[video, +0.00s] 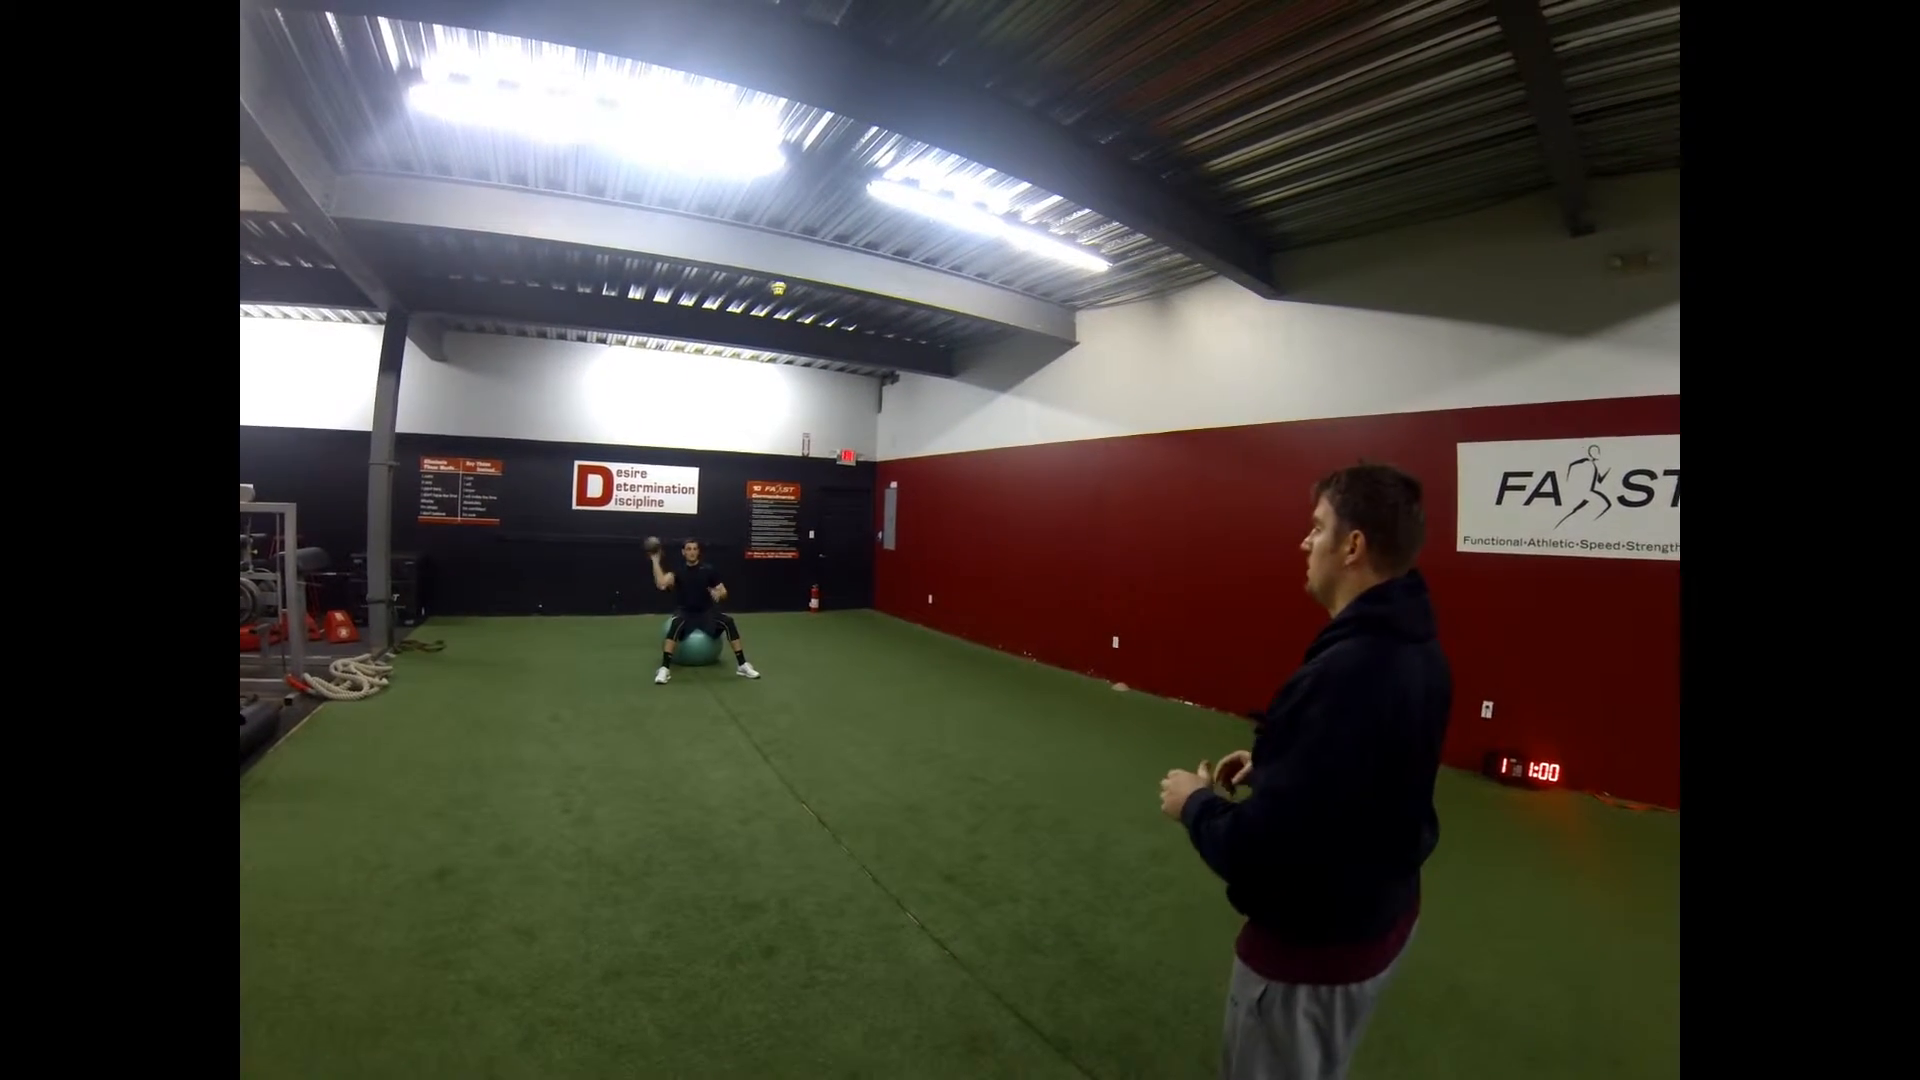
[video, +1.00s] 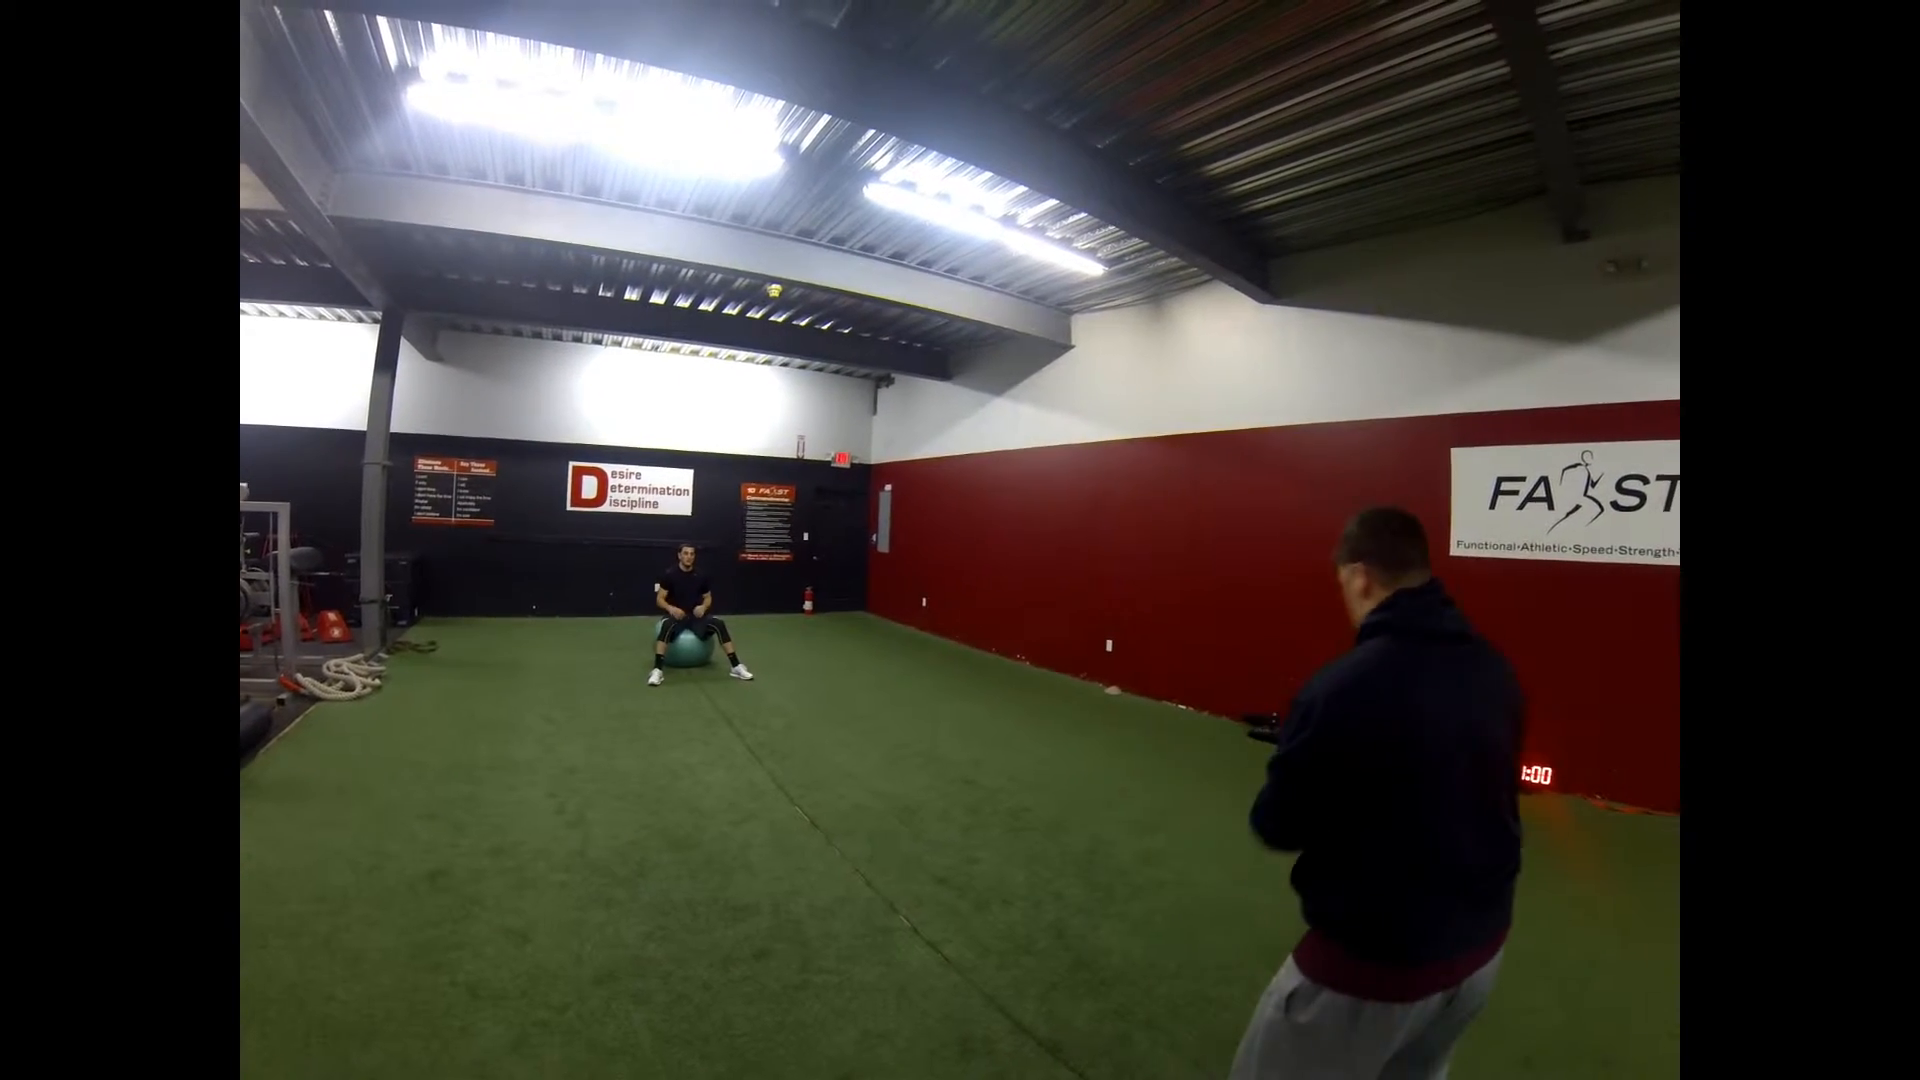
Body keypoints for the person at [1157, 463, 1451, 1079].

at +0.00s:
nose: (1304, 544)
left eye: (1316, 528)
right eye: (1310, 528)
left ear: (1353, 546)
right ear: (1363, 547)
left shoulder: (1347, 666)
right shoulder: (1414, 645)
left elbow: (1262, 847)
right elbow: (1368, 775)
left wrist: (1196, 806)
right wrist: (1268, 767)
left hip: (1306, 957)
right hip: (1373, 931)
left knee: (1266, 1069)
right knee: (1313, 1066)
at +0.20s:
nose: (1299, 543)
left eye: (1310, 527)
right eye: (1305, 526)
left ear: (1348, 546)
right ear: (1366, 549)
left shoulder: (1337, 675)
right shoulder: (1415, 644)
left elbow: (1231, 848)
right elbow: (1368, 770)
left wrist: (1177, 783)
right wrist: (1266, 754)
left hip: (1304, 961)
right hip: (1376, 930)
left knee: (1264, 1070)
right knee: (1317, 1065)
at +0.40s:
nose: (1293, 549)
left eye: (1304, 531)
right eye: (1298, 531)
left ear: (1340, 549)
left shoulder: (1315, 681)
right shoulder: (1409, 648)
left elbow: (1192, 817)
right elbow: (1341, 763)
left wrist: (1161, 757)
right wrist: (1237, 734)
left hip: (1312, 961)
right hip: (1392, 933)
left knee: (1256, 1069)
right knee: (1318, 1065)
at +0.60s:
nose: (1286, 574)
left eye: (1294, 556)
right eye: (1289, 557)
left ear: (1327, 568)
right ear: (1378, 569)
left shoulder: (1320, 683)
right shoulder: (1405, 655)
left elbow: (1197, 786)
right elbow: (1313, 738)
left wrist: (1136, 744)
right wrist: (1210, 731)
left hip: (1331, 979)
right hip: (1424, 947)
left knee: (1246, 1069)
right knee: (1353, 1062)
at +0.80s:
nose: (1302, 602)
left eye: (1303, 584)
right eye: (1301, 585)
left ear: (1328, 582)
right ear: (1388, 576)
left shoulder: (1323, 697)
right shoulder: (1428, 666)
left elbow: (1243, 827)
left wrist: (1201, 830)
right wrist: (1229, 808)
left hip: (1350, 986)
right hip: (1451, 960)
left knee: (1252, 1070)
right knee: (1399, 1068)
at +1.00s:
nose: (1342, 591)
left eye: (1342, 576)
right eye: (1341, 578)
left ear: (1360, 576)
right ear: (1424, 570)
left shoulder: (1343, 690)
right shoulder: (1490, 669)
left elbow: (1276, 823)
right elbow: (1482, 794)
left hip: (1359, 978)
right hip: (1471, 962)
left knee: (1267, 1070)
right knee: (1412, 1072)